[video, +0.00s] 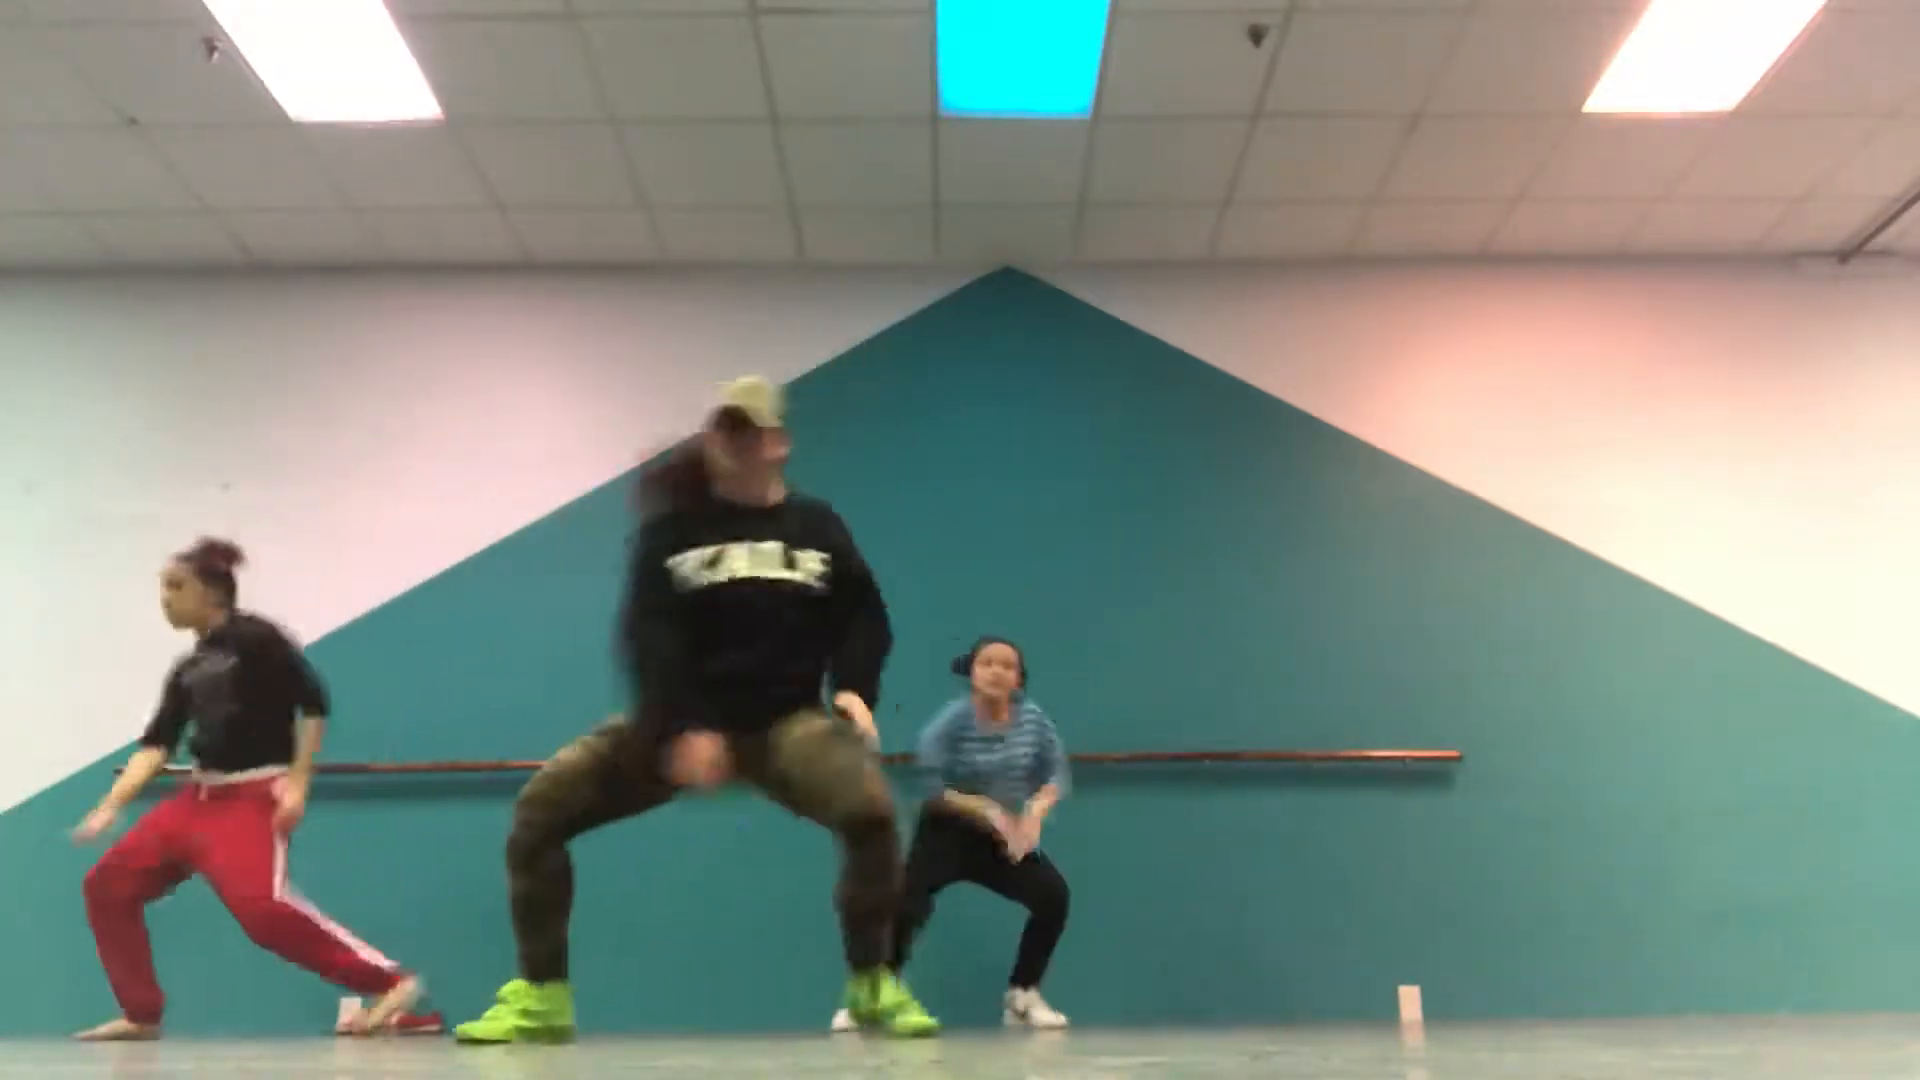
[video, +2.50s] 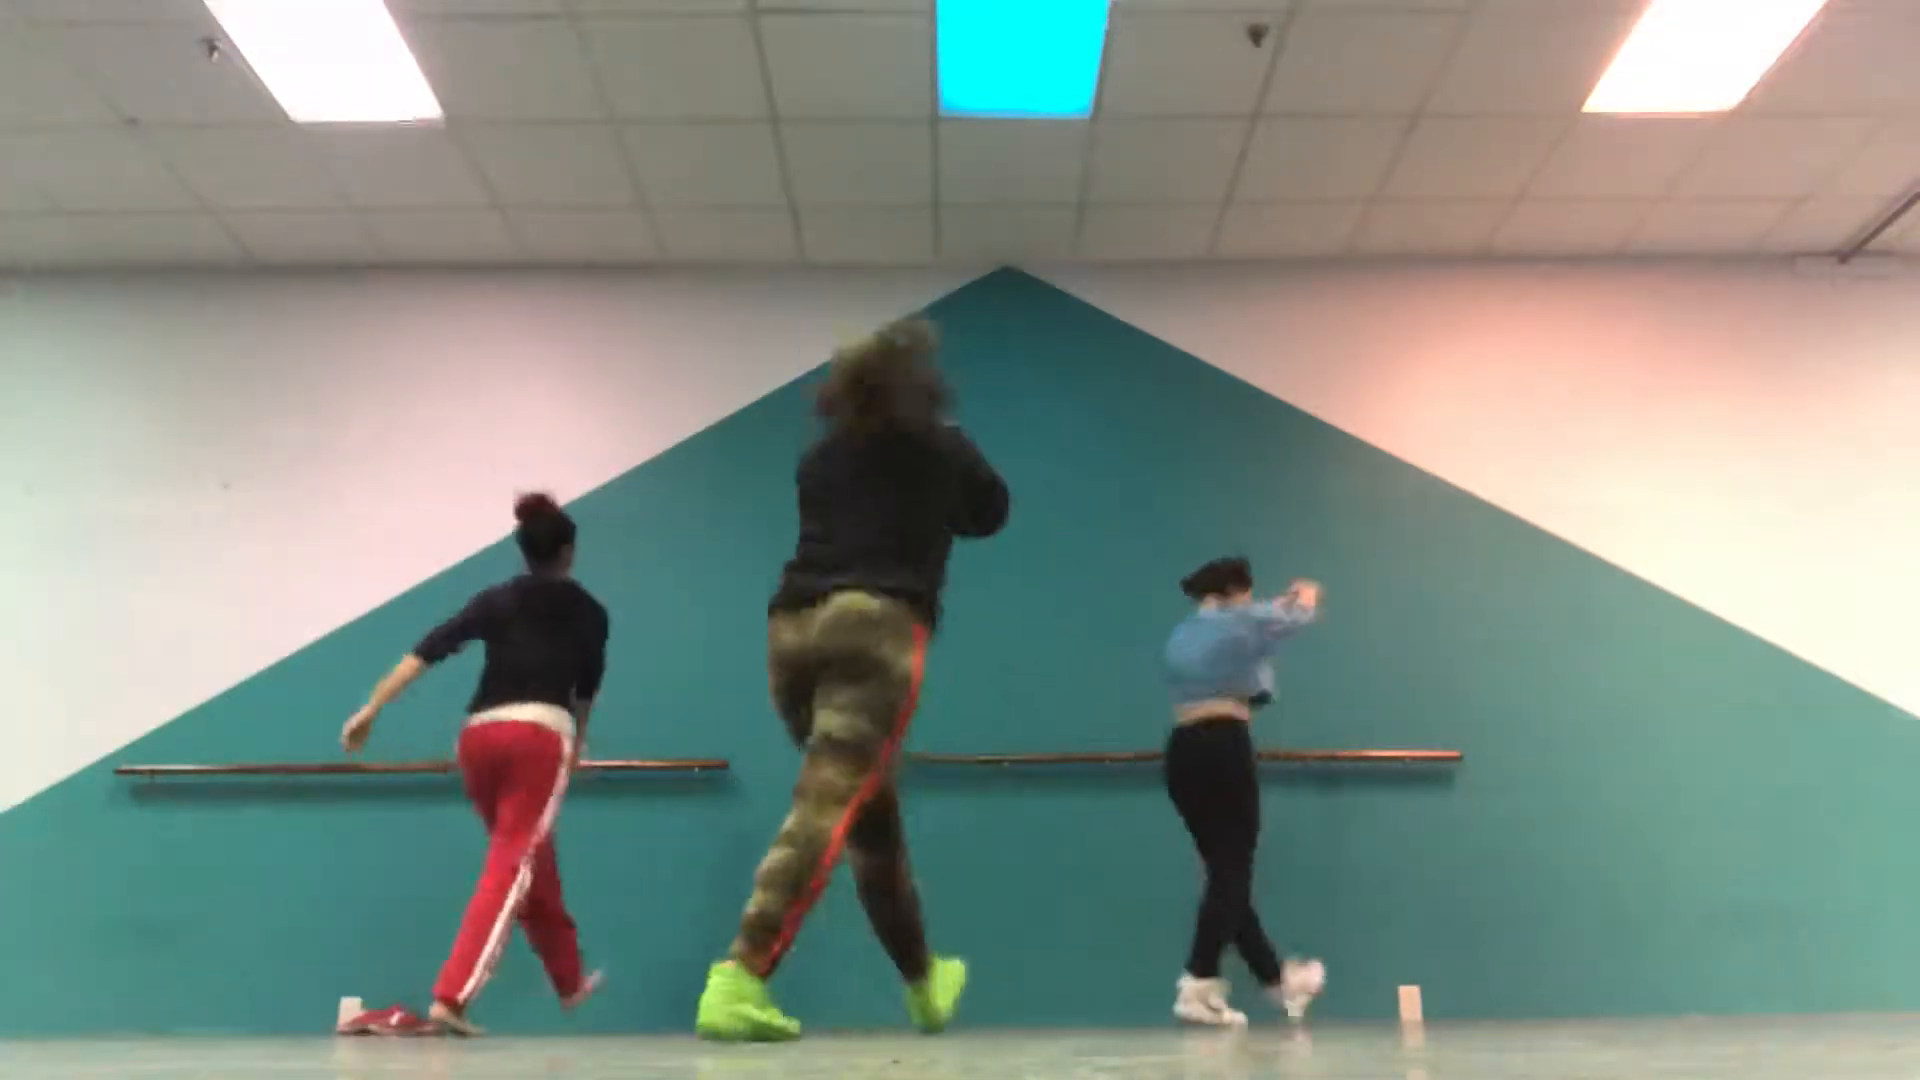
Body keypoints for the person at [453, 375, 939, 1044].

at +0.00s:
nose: (734, 447)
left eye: (751, 434)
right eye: (725, 434)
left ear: (781, 446)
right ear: (706, 443)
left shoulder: (818, 529)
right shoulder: (668, 533)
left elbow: (865, 615)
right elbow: (649, 636)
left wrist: (856, 689)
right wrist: (680, 726)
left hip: (785, 727)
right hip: (683, 726)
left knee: (869, 810)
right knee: (539, 814)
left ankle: (873, 985)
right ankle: (543, 996)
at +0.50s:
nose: (903, 329)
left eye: (906, 323)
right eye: (886, 321)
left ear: (905, 353)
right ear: (849, 345)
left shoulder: (915, 440)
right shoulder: (822, 402)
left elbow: (945, 541)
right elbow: (827, 510)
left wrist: (924, 606)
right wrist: (885, 597)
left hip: (879, 616)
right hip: (806, 602)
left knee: (870, 798)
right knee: (807, 792)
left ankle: (868, 981)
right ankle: (783, 984)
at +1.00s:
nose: (915, 343)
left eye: (915, 333)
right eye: (903, 331)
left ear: (871, 329)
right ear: (864, 328)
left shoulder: (876, 394)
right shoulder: (847, 373)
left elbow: (949, 467)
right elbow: (929, 425)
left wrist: (1031, 453)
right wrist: (1027, 432)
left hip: (852, 570)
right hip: (838, 561)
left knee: (887, 760)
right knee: (920, 731)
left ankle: (822, 946)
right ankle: (839, 902)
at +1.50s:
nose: (971, 397)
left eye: (970, 385)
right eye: (963, 385)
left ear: (930, 386)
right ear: (929, 385)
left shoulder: (946, 464)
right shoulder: (890, 454)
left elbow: (926, 564)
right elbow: (865, 556)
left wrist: (936, 665)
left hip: (901, 648)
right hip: (876, 650)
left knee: (938, 834)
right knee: (980, 795)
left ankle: (805, 923)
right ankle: (947, 981)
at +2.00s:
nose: (957, 395)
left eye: (952, 382)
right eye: (948, 383)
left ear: (894, 388)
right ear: (925, 386)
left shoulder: (859, 445)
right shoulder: (912, 452)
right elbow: (921, 579)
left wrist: (948, 674)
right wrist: (967, 679)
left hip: (802, 631)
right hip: (853, 632)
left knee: (861, 820)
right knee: (950, 802)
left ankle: (725, 918)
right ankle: (898, 973)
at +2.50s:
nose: (936, 381)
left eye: (931, 368)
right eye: (928, 371)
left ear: (849, 387)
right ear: (911, 384)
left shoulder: (819, 454)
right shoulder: (937, 447)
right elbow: (989, 513)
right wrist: (919, 488)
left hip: (791, 624)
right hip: (877, 622)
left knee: (871, 814)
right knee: (822, 806)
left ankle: (923, 984)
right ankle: (739, 979)